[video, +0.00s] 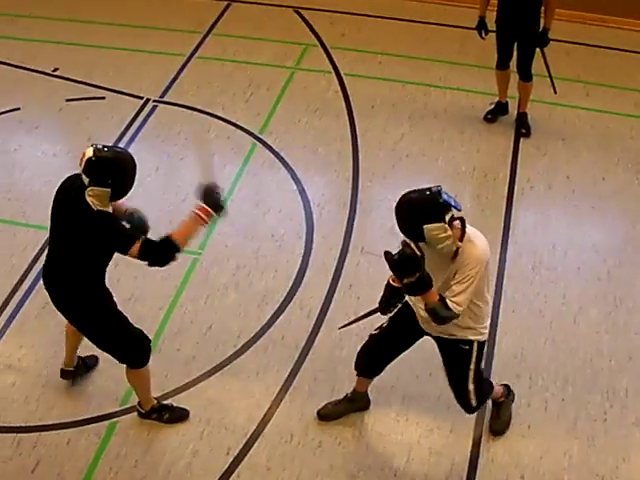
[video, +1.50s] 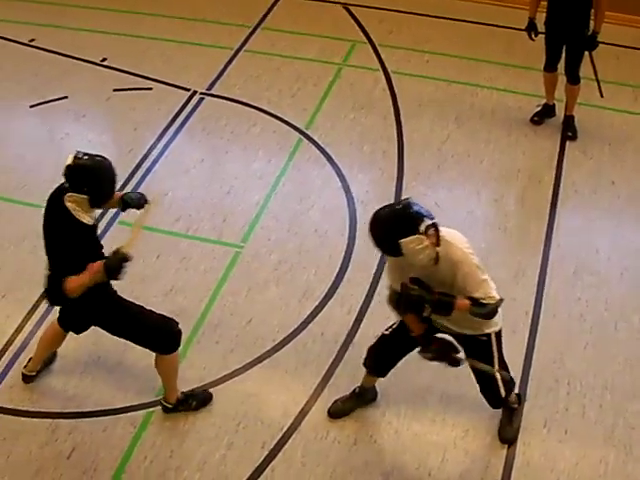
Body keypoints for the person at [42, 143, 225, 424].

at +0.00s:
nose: (124, 189)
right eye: (123, 184)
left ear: (92, 174)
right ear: (111, 190)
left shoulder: (70, 186)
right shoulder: (103, 225)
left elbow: (96, 203)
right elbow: (159, 254)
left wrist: (124, 213)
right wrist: (201, 214)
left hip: (54, 277)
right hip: (83, 296)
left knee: (79, 315)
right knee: (137, 347)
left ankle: (69, 365)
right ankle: (147, 405)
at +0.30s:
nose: (121, 203)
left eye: (121, 199)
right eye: (117, 201)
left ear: (79, 189)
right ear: (92, 203)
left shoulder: (57, 197)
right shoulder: (78, 242)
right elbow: (81, 303)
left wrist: (115, 194)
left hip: (37, 284)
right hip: (62, 304)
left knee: (45, 326)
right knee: (136, 347)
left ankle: (24, 377)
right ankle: (148, 404)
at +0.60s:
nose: (78, 203)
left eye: (78, 199)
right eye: (76, 199)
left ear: (51, 186)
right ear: (64, 198)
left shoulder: (40, 196)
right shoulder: (41, 233)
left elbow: (74, 223)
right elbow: (69, 281)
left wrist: (94, 249)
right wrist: (123, 258)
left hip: (30, 286)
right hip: (49, 301)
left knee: (43, 321)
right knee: (119, 344)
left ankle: (23, 377)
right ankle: (136, 405)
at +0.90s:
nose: (87, 198)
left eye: (86, 193)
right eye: (84, 194)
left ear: (57, 182)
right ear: (73, 197)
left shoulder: (44, 194)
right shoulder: (50, 228)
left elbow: (82, 222)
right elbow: (77, 264)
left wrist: (87, 252)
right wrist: (119, 219)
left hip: (36, 284)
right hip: (60, 299)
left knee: (49, 317)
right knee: (131, 339)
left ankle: (29, 372)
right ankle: (143, 401)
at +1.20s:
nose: (94, 191)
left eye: (93, 187)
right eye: (91, 187)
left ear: (65, 177)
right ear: (79, 189)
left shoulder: (55, 191)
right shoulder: (58, 225)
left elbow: (86, 213)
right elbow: (60, 279)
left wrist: (102, 230)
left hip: (56, 284)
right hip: (75, 297)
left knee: (55, 313)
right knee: (148, 334)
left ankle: (28, 365)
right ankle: (156, 397)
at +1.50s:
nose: (106, 197)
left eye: (106, 193)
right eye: (103, 193)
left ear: (79, 182)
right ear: (88, 193)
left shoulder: (64, 194)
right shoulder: (66, 230)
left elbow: (96, 201)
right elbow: (61, 289)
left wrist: (123, 201)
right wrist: (101, 271)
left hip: (80, 290)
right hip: (93, 300)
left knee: (64, 324)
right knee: (167, 333)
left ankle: (32, 367)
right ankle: (173, 398)